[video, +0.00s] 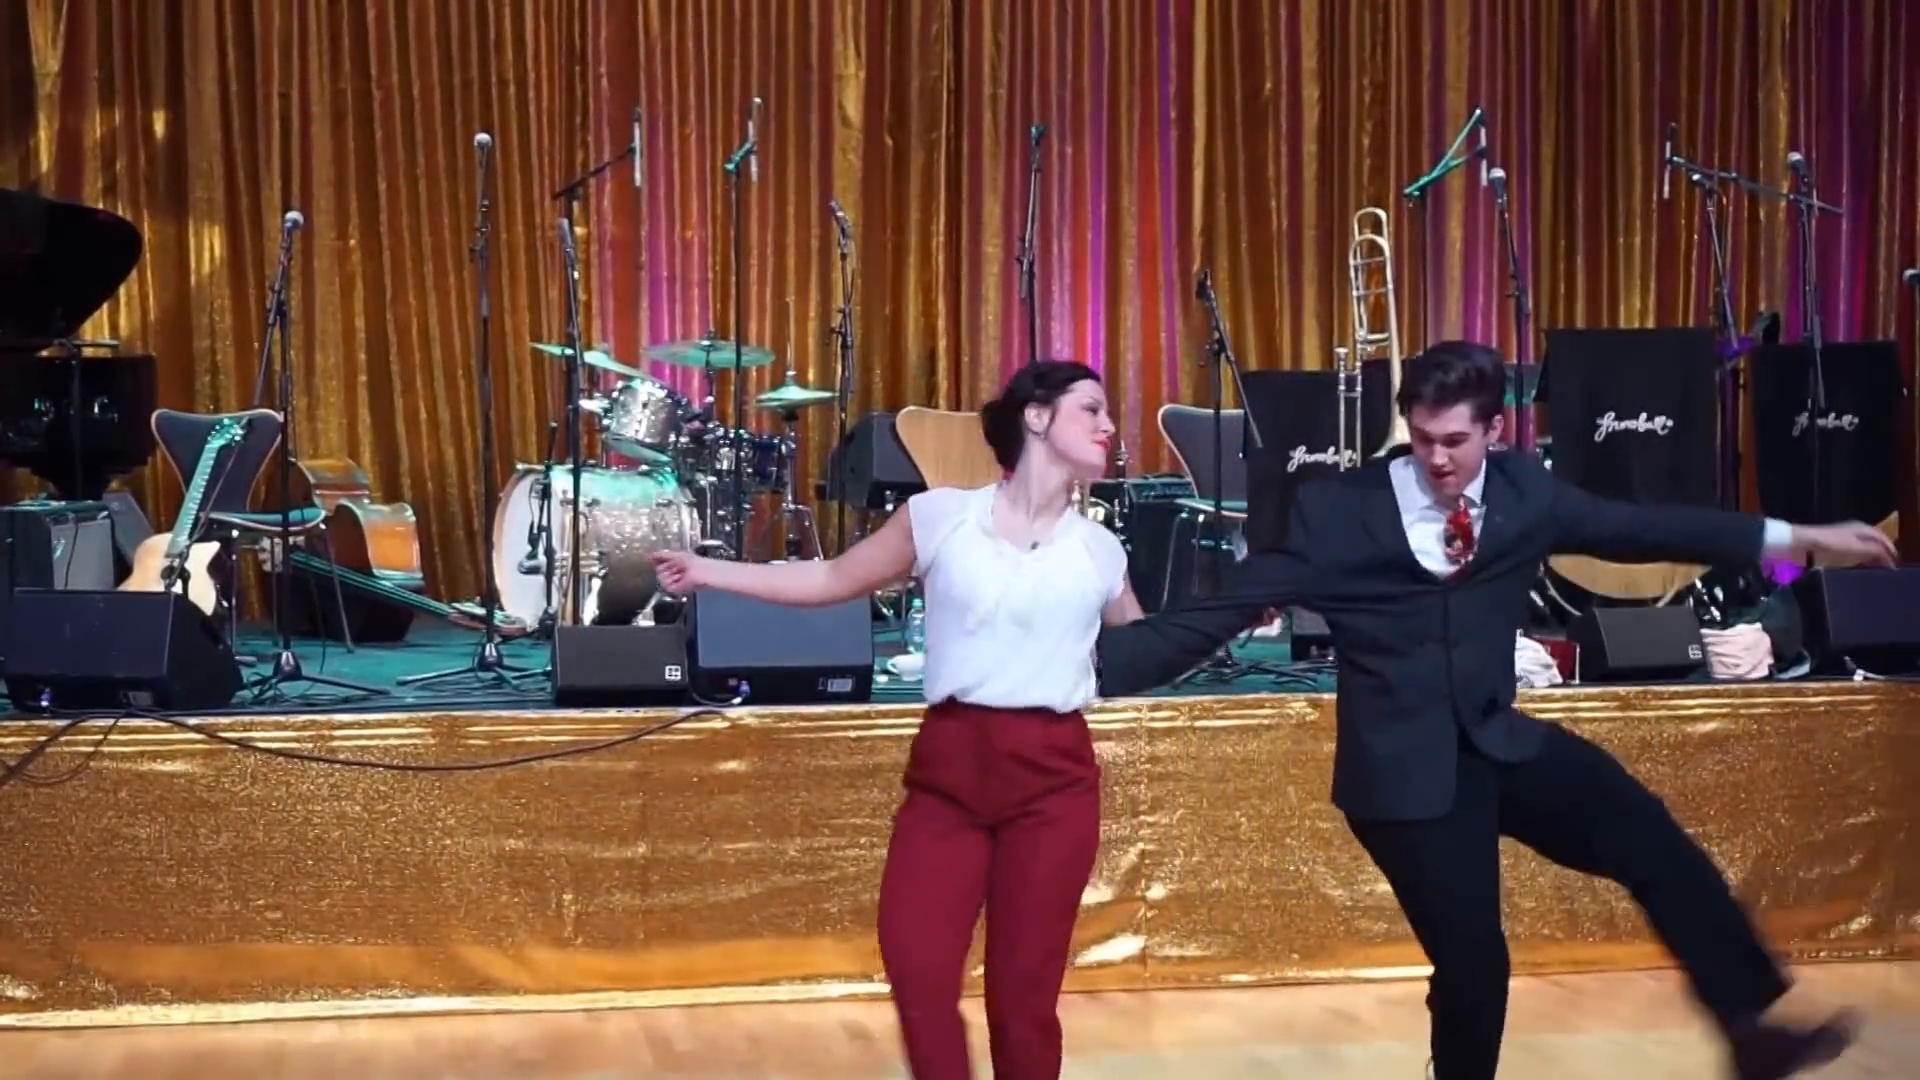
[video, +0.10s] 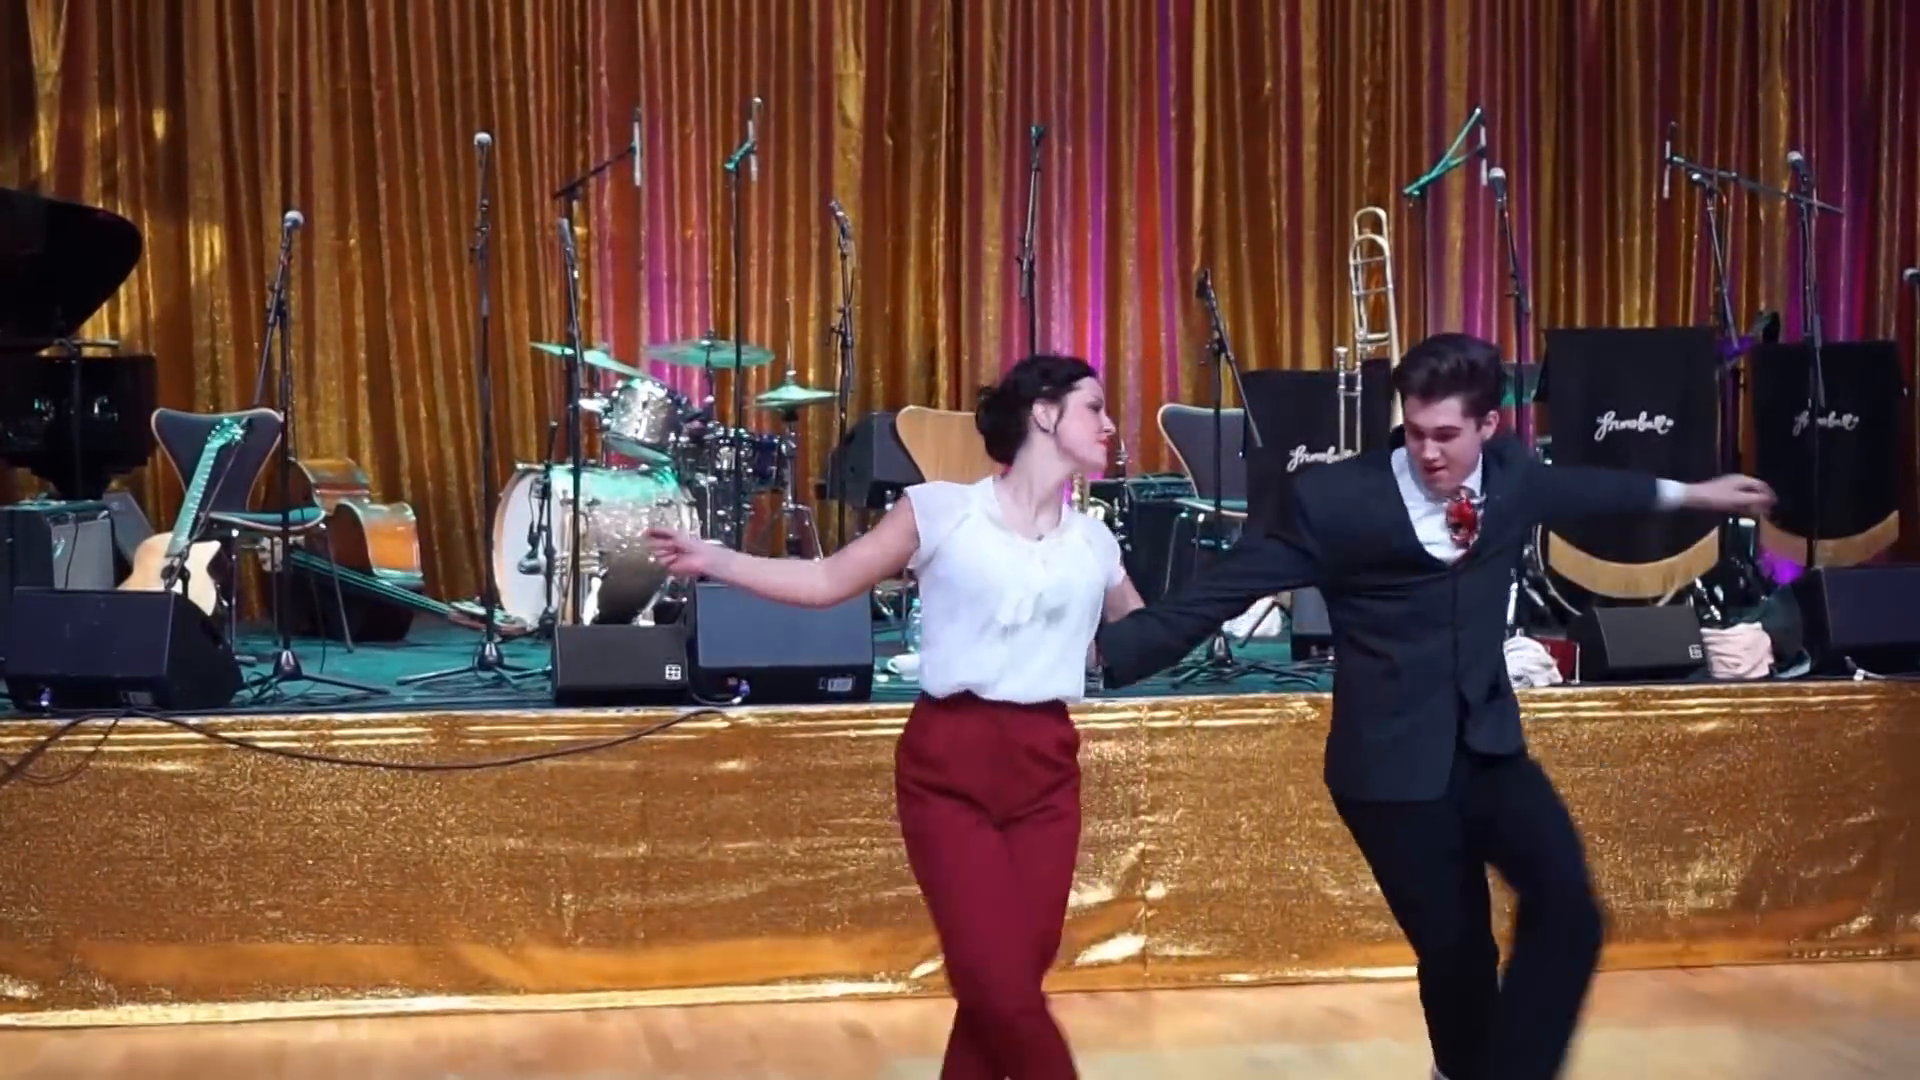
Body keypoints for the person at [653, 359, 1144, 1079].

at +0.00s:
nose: (1110, 428)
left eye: (1108, 414)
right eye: (1093, 410)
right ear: (1037, 418)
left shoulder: (1102, 553)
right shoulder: (936, 517)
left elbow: (1148, 663)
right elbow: (827, 579)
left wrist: (1232, 615)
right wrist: (705, 571)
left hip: (1055, 788)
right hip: (945, 783)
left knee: (1022, 1005)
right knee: (919, 984)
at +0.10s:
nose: (1110, 425)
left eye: (1106, 410)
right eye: (1095, 408)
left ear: (1057, 417)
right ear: (1043, 414)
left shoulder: (1095, 541)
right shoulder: (936, 509)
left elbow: (1148, 648)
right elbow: (824, 581)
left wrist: (1232, 589)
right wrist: (714, 560)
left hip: (1047, 774)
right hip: (944, 771)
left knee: (1004, 996)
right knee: (1005, 997)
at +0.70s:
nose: (988, 427)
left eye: (1009, 417)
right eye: (973, 411)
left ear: (1025, 442)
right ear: (944, 427)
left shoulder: (1025, 536)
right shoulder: (950, 536)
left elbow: (1038, 675)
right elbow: (969, 670)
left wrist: (910, 659)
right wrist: (909, 718)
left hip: (1019, 801)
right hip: (964, 793)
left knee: (937, 1024)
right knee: (994, 1010)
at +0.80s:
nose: (1044, 443)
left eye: (1044, 428)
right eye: (1027, 425)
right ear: (970, 435)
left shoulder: (1067, 555)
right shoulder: (882, 560)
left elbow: (1101, 688)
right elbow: (850, 665)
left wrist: (1055, 723)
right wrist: (863, 760)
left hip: (1034, 811)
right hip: (934, 814)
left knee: (982, 1050)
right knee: (964, 1053)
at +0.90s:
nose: (1053, 464)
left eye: (1051, 447)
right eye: (1042, 446)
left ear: (999, 456)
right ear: (997, 454)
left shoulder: (1050, 577)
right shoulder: (885, 566)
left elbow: (1080, 714)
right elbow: (780, 668)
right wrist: (820, 791)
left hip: (1038, 829)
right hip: (930, 834)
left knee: (1012, 1056)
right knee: (948, 1060)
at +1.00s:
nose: (1053, 475)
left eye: (1050, 458)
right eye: (1045, 457)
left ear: (1001, 469)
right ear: (1008, 466)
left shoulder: (1032, 592)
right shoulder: (893, 578)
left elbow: (1060, 724)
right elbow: (797, 692)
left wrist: (1174, 702)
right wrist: (856, 786)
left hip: (1030, 839)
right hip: (921, 843)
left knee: (1038, 1060)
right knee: (934, 1066)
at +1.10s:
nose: (1050, 490)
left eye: (1048, 472)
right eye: (1045, 471)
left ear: (1003, 482)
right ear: (1011, 479)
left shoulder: (1018, 600)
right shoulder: (888, 584)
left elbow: (1046, 737)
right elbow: (874, 731)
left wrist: (1166, 709)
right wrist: (925, 746)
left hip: (998, 850)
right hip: (891, 855)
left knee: (1039, 1057)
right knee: (964, 1058)